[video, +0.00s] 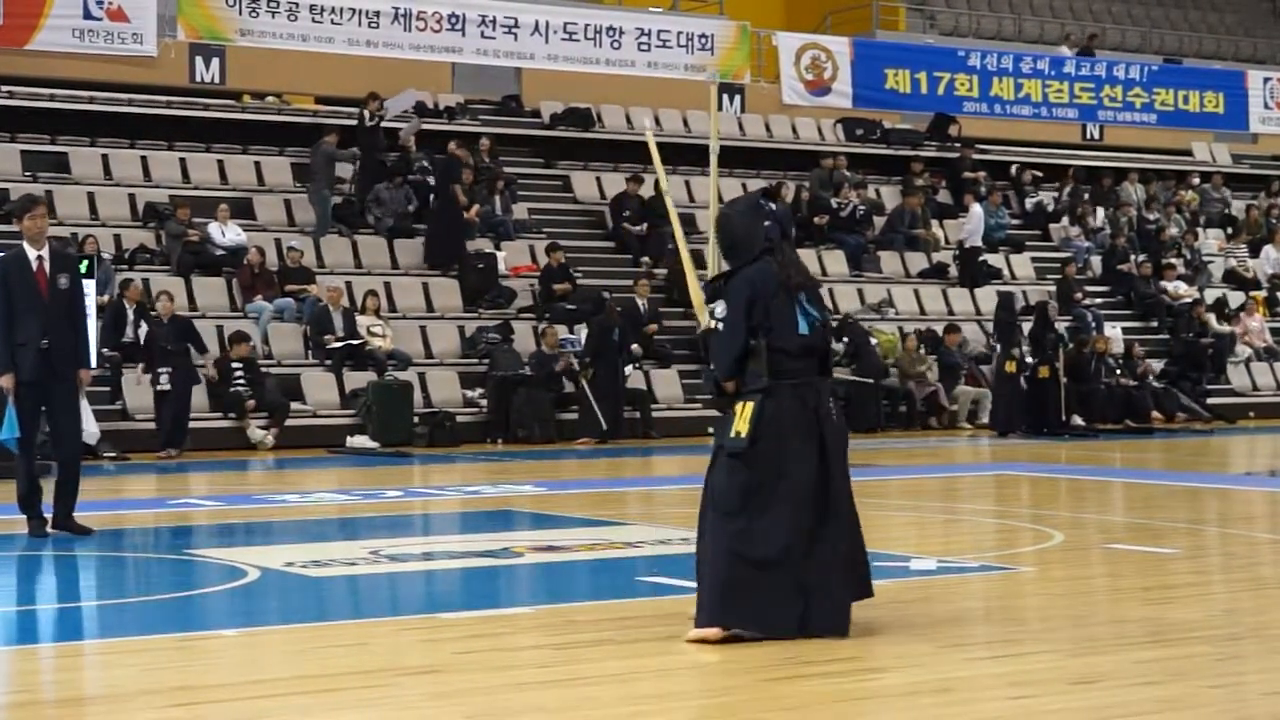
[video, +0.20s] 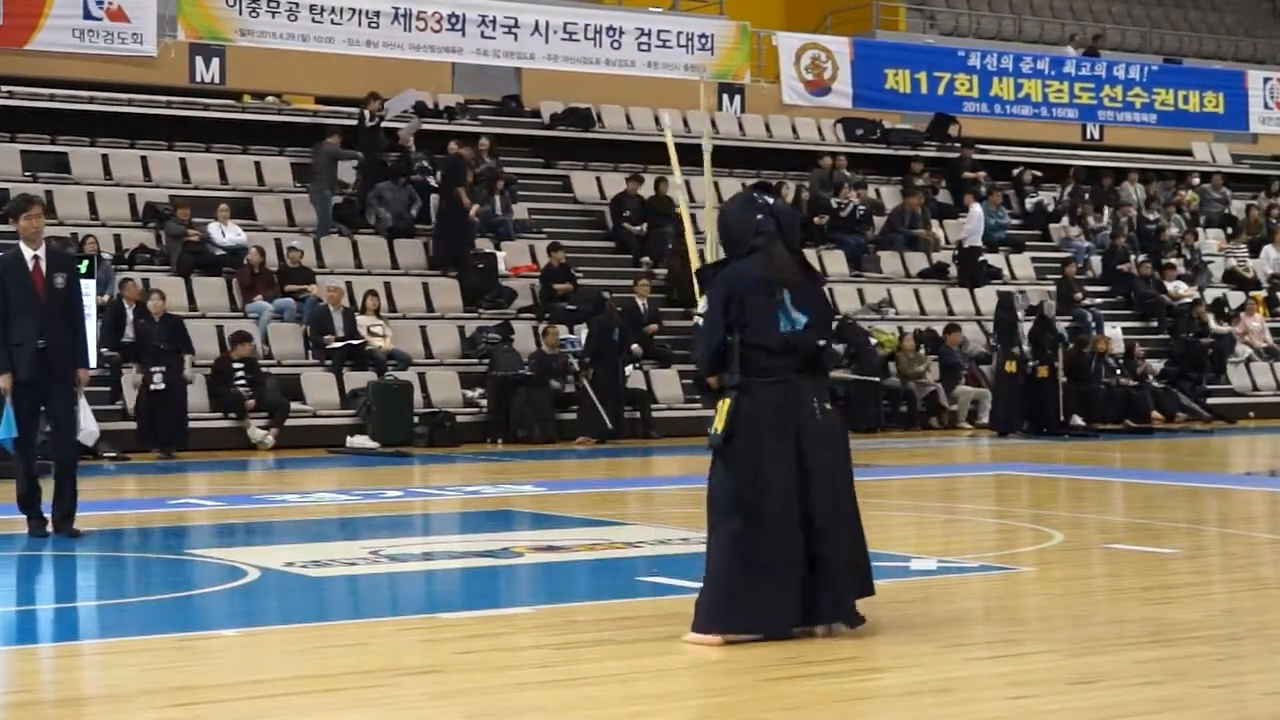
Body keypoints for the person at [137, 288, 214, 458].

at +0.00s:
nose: (163, 306)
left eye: (166, 302)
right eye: (160, 302)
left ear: (173, 304)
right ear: (156, 306)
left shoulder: (184, 323)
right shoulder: (153, 325)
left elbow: (199, 346)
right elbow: (147, 350)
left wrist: (210, 366)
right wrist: (141, 369)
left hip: (181, 371)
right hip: (160, 371)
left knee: (178, 408)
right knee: (162, 408)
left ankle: (176, 445)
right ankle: (166, 445)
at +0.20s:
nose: (155, 304)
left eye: (159, 300)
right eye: (152, 301)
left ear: (165, 303)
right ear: (147, 304)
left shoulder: (175, 321)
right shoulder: (142, 324)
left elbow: (186, 348)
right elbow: (139, 350)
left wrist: (187, 369)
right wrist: (137, 371)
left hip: (172, 369)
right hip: (150, 369)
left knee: (172, 407)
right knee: (150, 408)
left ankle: (171, 445)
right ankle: (156, 445)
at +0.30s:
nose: (150, 304)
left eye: (153, 301)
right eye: (146, 301)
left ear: (160, 303)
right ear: (142, 304)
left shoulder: (170, 322)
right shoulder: (138, 324)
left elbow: (178, 347)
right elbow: (135, 349)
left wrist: (174, 365)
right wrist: (133, 370)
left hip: (166, 369)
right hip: (145, 369)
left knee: (167, 408)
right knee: (141, 407)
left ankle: (168, 446)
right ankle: (150, 445)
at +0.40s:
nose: (143, 306)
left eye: (146, 302)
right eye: (140, 302)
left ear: (153, 304)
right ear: (136, 305)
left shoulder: (163, 323)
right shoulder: (134, 326)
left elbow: (170, 347)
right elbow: (130, 354)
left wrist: (162, 365)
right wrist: (128, 376)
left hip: (159, 373)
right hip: (139, 373)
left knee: (164, 411)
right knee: (138, 410)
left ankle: (167, 447)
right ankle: (137, 445)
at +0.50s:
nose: (134, 306)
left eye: (137, 302)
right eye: (131, 302)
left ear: (145, 305)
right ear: (128, 306)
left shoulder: (154, 325)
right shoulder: (124, 329)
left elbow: (162, 349)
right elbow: (120, 357)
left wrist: (156, 367)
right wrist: (117, 378)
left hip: (151, 373)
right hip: (130, 374)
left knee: (158, 411)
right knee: (130, 412)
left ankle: (163, 447)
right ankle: (128, 448)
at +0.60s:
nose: (125, 305)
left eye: (129, 301)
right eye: (123, 301)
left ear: (137, 304)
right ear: (118, 304)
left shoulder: (146, 323)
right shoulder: (116, 325)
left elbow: (156, 348)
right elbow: (111, 356)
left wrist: (155, 369)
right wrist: (106, 377)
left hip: (142, 372)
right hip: (121, 372)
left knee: (151, 410)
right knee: (122, 411)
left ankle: (160, 445)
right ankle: (124, 448)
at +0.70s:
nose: (118, 303)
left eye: (122, 299)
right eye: (115, 299)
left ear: (130, 301)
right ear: (111, 303)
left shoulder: (140, 320)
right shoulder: (109, 322)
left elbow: (152, 344)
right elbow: (104, 346)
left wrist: (155, 367)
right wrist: (101, 368)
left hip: (136, 367)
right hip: (114, 367)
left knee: (135, 405)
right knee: (115, 406)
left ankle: (147, 444)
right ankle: (119, 447)